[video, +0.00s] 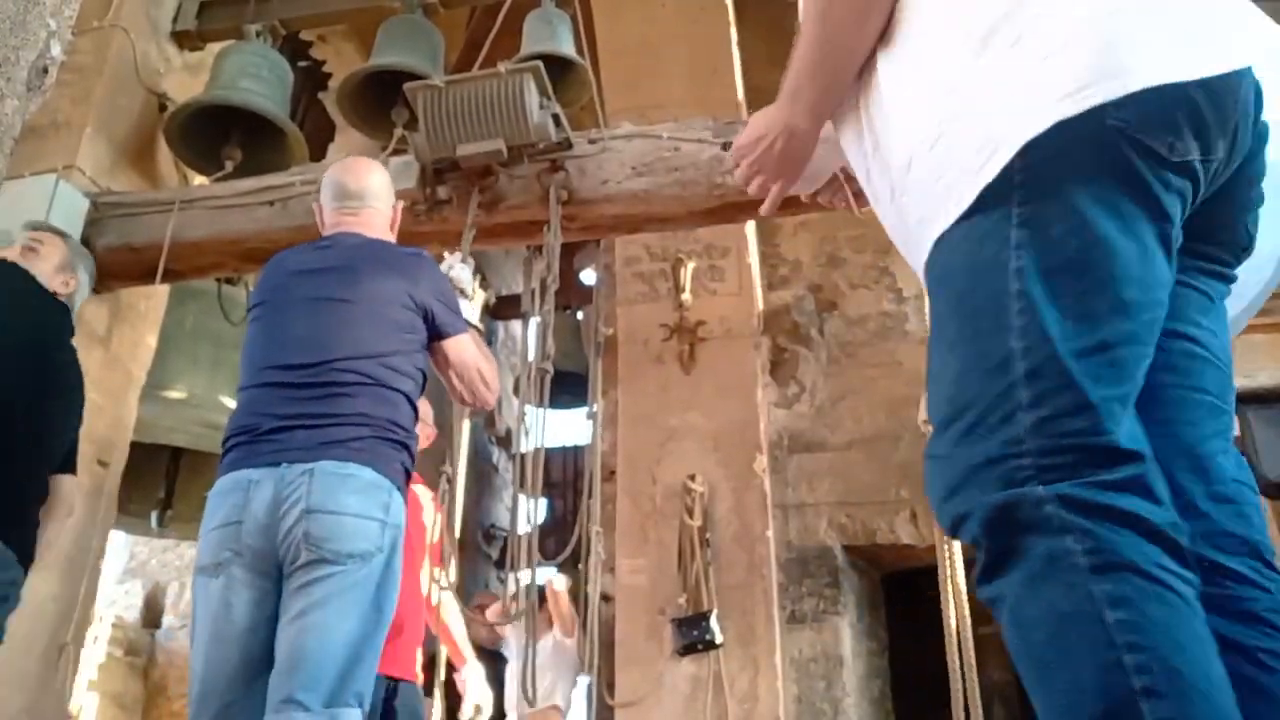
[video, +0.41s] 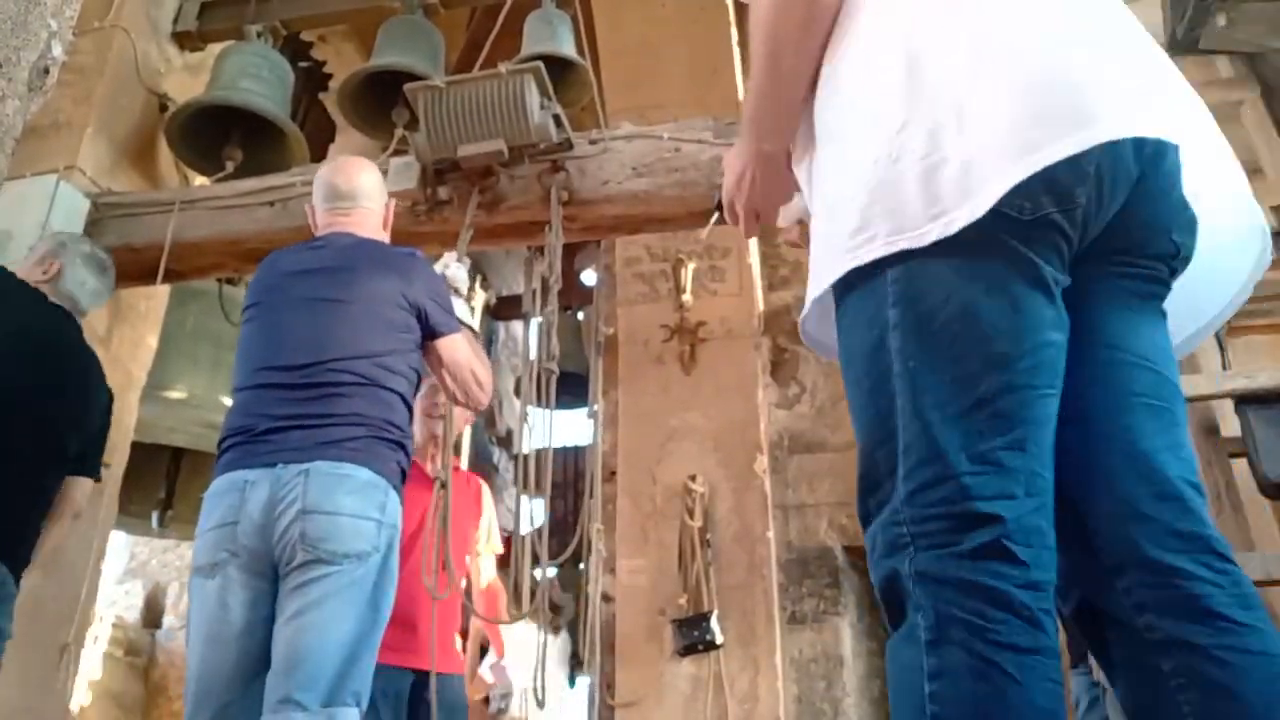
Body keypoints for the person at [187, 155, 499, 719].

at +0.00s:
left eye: (319, 211)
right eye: (399, 210)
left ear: (320, 217)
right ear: (396, 214)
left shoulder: (274, 271)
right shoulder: (415, 270)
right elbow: (482, 393)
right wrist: (441, 326)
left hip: (238, 488)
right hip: (351, 486)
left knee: (218, 707)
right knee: (311, 707)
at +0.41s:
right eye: (392, 209)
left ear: (313, 218)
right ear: (388, 213)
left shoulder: (267, 272)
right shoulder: (409, 270)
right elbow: (477, 391)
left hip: (234, 488)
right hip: (348, 487)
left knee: (215, 709)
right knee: (309, 707)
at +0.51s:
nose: (392, 214)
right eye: (392, 208)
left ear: (312, 217)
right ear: (387, 212)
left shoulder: (266, 271)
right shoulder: (407, 269)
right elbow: (474, 386)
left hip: (232, 489)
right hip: (346, 488)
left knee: (214, 709)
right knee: (308, 708)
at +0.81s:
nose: (390, 215)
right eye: (390, 208)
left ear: (310, 218)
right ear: (385, 211)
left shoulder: (265, 270)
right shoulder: (405, 266)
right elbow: (472, 386)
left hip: (230, 489)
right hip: (345, 485)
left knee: (214, 709)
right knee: (309, 708)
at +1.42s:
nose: (413, 223)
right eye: (413, 217)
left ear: (332, 209)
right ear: (407, 219)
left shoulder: (276, 265)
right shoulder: (417, 264)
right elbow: (480, 386)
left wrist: (430, 369)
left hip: (233, 489)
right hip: (347, 488)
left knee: (217, 709)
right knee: (310, 707)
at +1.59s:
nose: (423, 232)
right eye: (424, 223)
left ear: (347, 207)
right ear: (420, 221)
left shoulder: (281, 265)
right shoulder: (421, 265)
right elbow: (489, 385)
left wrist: (432, 369)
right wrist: (438, 328)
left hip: (235, 489)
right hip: (348, 488)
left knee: (217, 709)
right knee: (309, 706)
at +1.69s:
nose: (419, 226)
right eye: (421, 219)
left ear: (341, 209)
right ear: (415, 220)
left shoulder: (278, 267)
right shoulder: (423, 267)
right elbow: (489, 390)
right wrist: (454, 339)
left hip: (239, 487)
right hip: (354, 487)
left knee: (217, 707)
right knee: (313, 706)